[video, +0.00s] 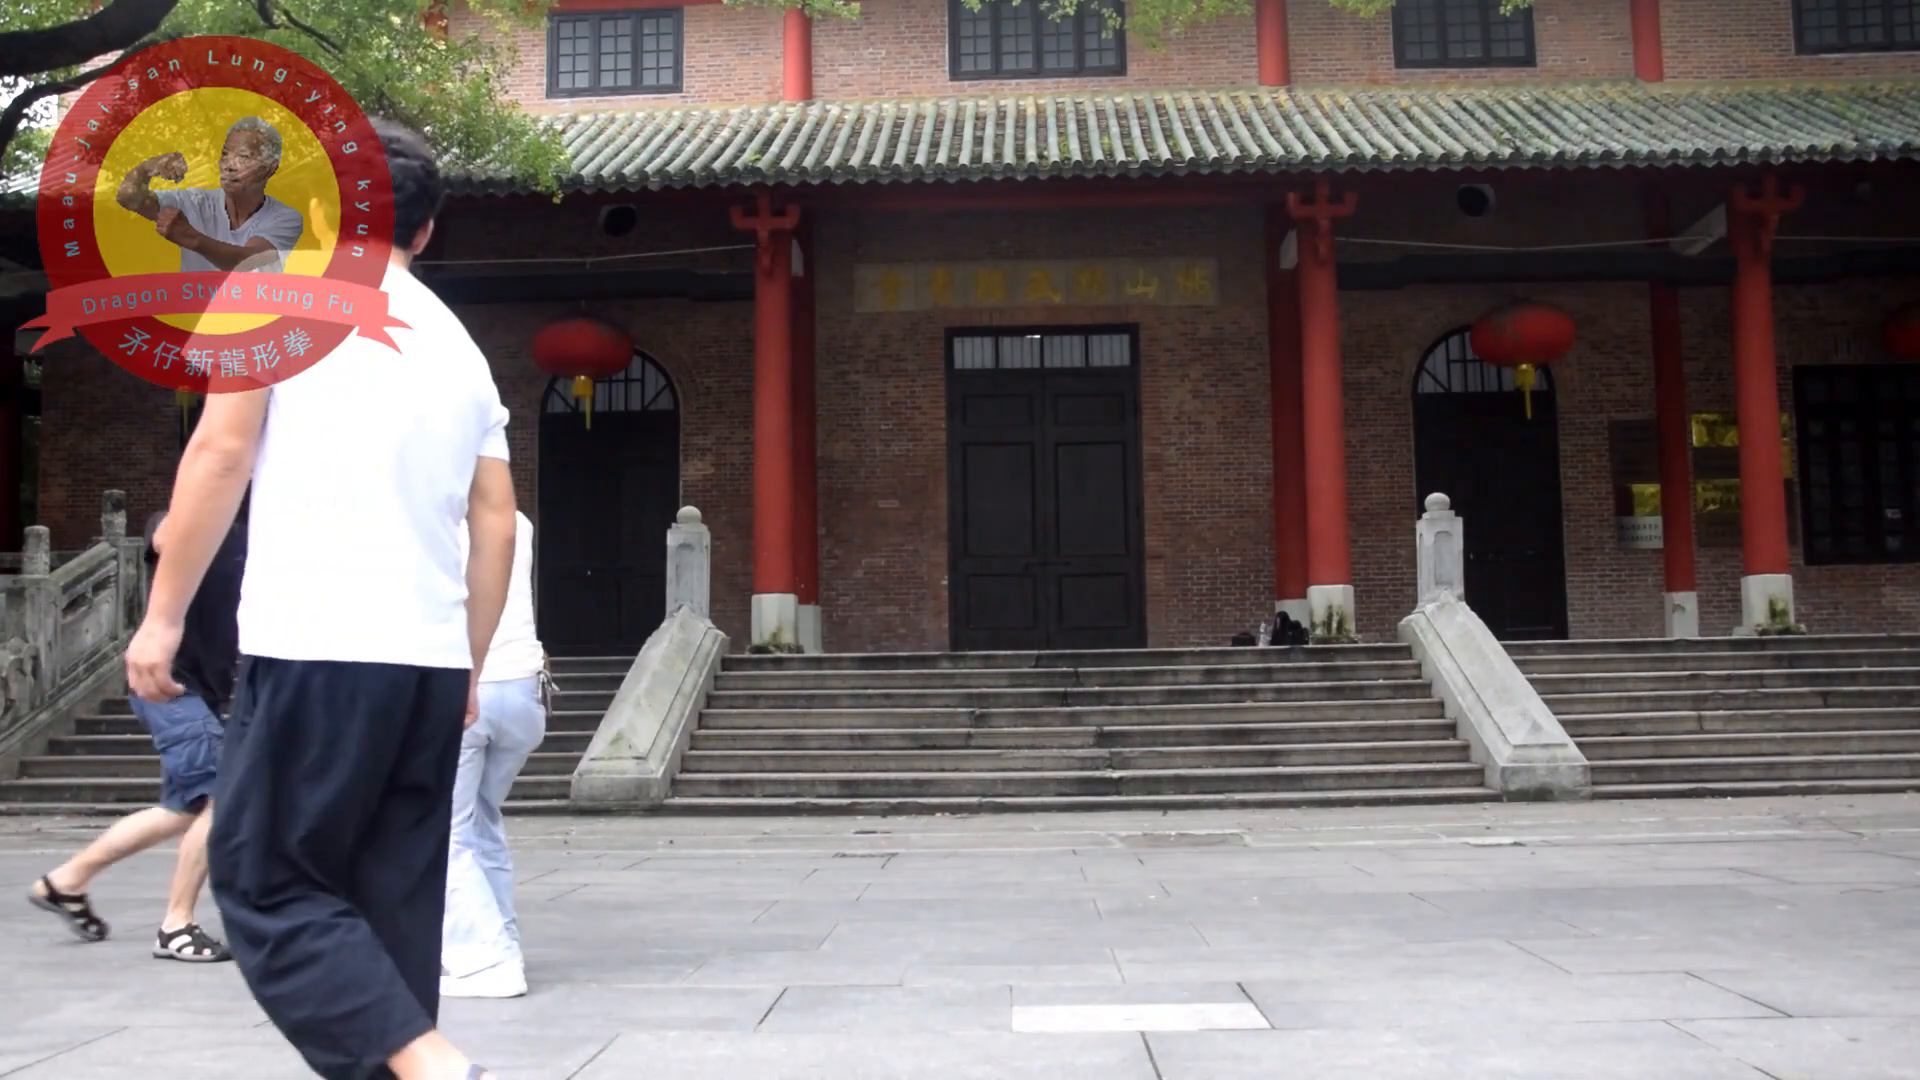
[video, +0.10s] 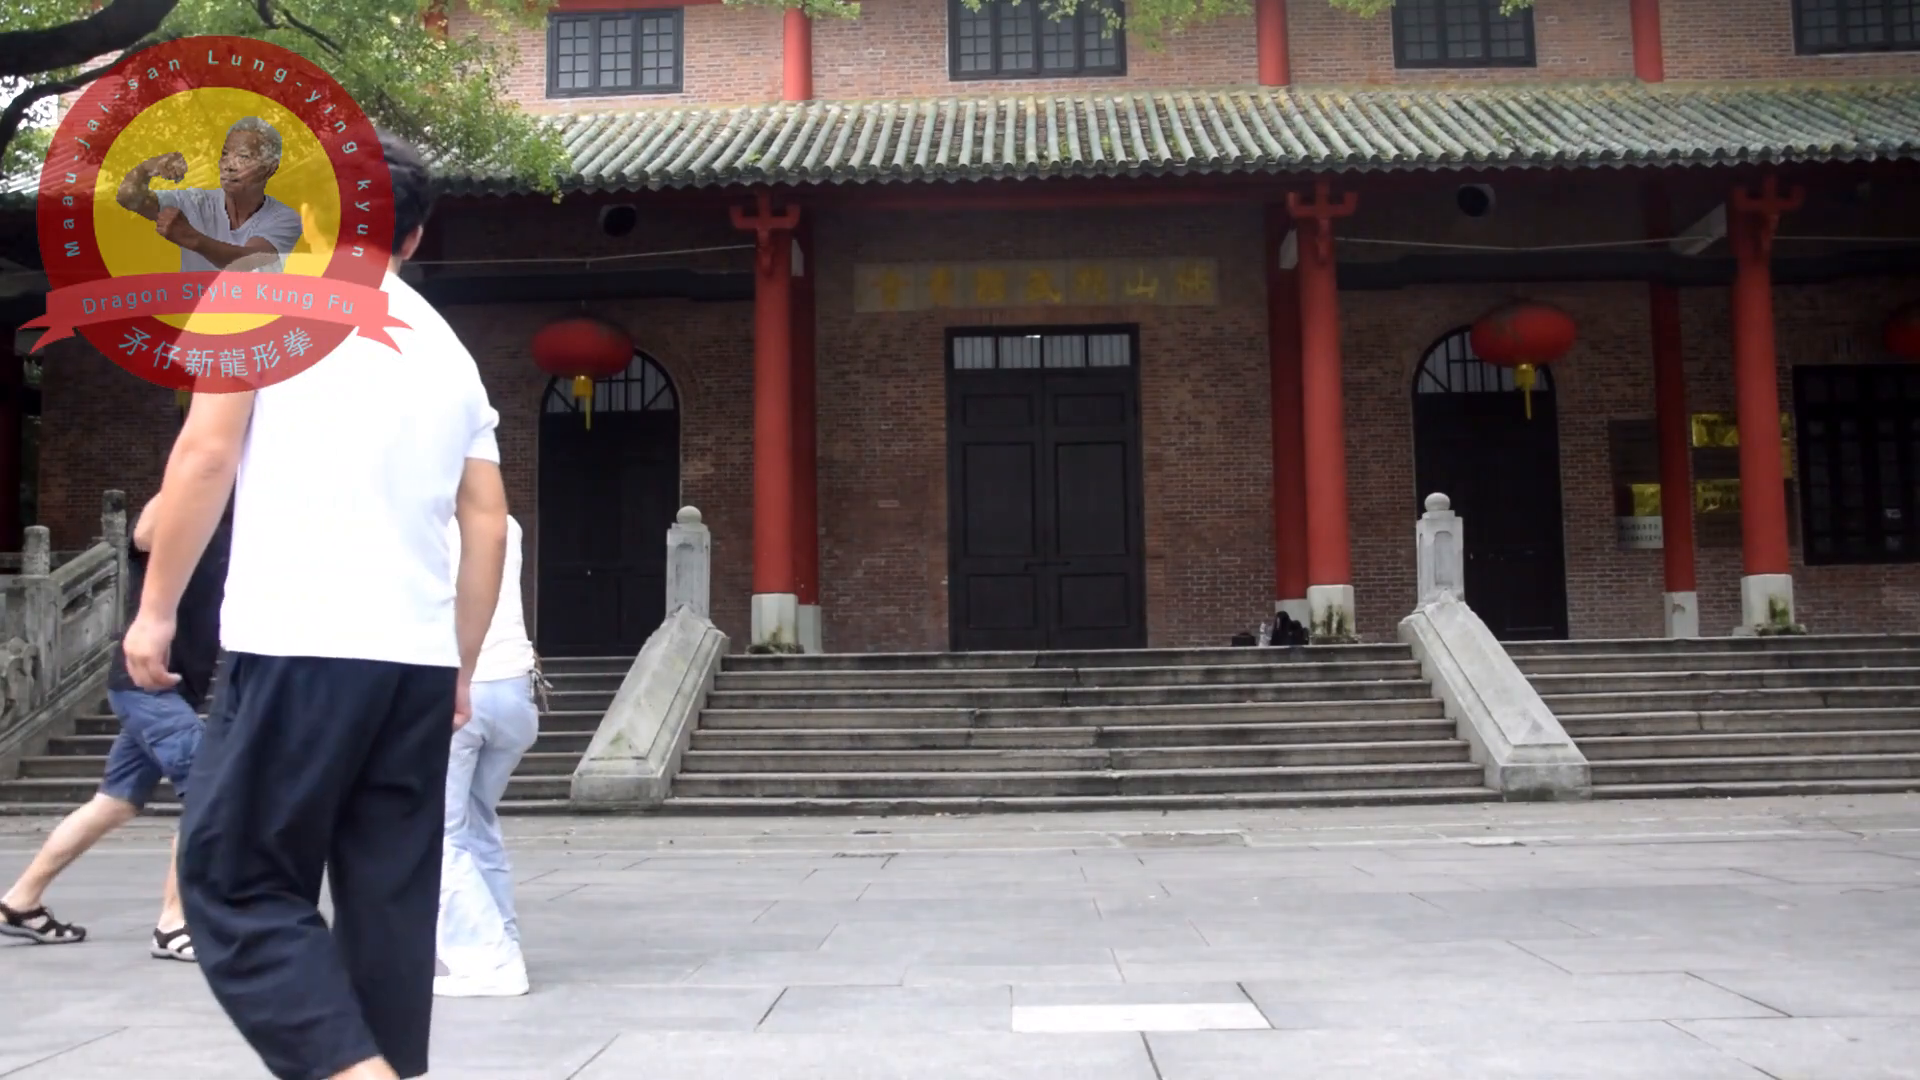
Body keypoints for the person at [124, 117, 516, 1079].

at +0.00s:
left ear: (329, 209)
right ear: (427, 234)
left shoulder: (275, 293)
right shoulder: (459, 348)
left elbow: (221, 451)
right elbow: (495, 521)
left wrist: (163, 614)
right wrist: (469, 663)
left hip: (312, 662)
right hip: (432, 668)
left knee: (263, 886)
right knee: (398, 901)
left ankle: (428, 1064)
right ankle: (386, 1072)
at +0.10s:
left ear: (322, 221)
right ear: (415, 242)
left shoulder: (260, 297)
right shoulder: (448, 351)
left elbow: (207, 450)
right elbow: (486, 521)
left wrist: (157, 608)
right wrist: (460, 661)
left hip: (296, 656)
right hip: (421, 666)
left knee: (237, 886)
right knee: (391, 903)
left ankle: (355, 1066)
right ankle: (390, 1074)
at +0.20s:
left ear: (314, 224)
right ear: (400, 243)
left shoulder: (245, 300)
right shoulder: (436, 351)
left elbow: (196, 458)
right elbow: (478, 525)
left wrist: (154, 607)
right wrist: (455, 666)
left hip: (279, 657)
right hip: (410, 667)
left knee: (208, 897)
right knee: (383, 919)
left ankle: (255, 1070)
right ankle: (378, 1071)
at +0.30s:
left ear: (291, 239)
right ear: (378, 257)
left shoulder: (231, 300)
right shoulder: (429, 356)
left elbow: (182, 457)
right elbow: (469, 513)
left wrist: (147, 614)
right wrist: (454, 663)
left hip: (266, 648)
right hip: (401, 658)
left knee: (193, 892)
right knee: (379, 905)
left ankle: (176, 1063)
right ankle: (377, 1068)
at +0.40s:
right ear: (352, 260)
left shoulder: (209, 307)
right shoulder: (411, 350)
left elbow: (170, 457)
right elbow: (459, 515)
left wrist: (137, 622)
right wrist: (448, 661)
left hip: (250, 644)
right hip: (385, 653)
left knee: (163, 891)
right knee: (372, 900)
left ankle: (126, 1064)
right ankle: (371, 1066)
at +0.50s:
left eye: (190, 255)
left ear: (222, 242)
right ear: (319, 249)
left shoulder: (184, 311)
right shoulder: (393, 352)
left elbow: (149, 465)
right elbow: (444, 512)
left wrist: (120, 628)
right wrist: (437, 665)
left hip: (227, 647)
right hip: (367, 655)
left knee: (143, 897)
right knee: (364, 902)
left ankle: (83, 1067)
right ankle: (367, 1066)